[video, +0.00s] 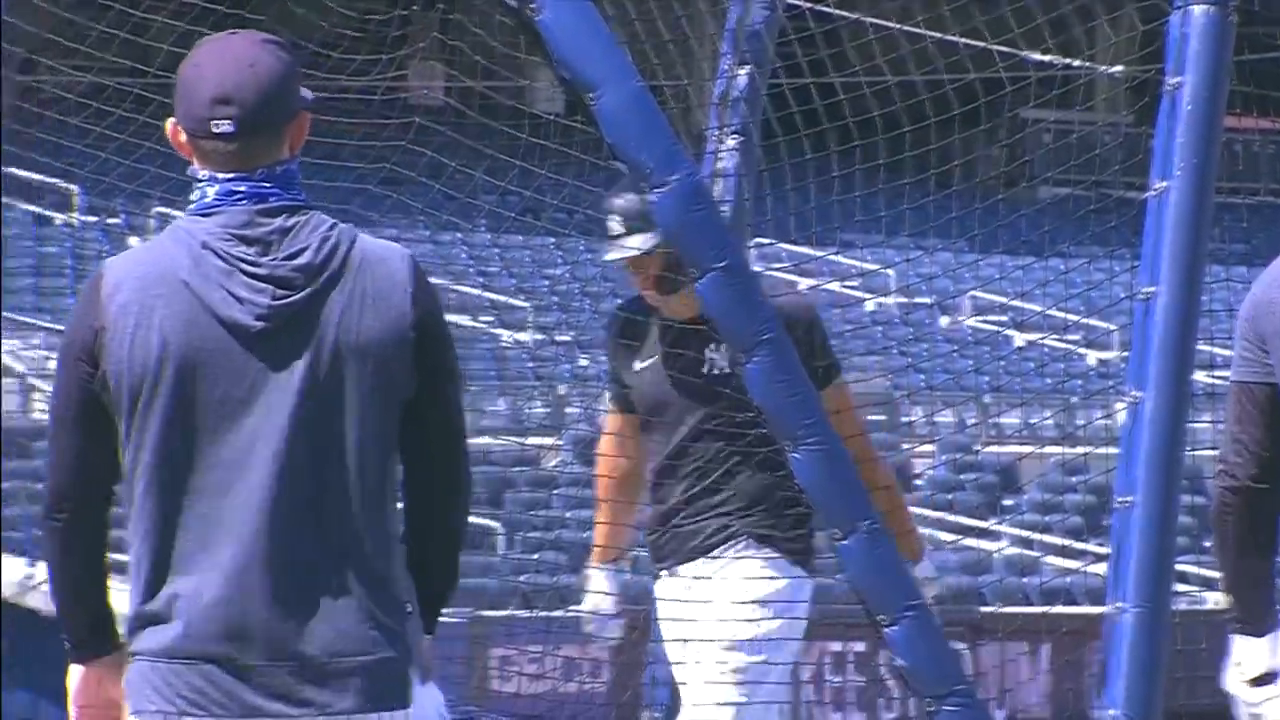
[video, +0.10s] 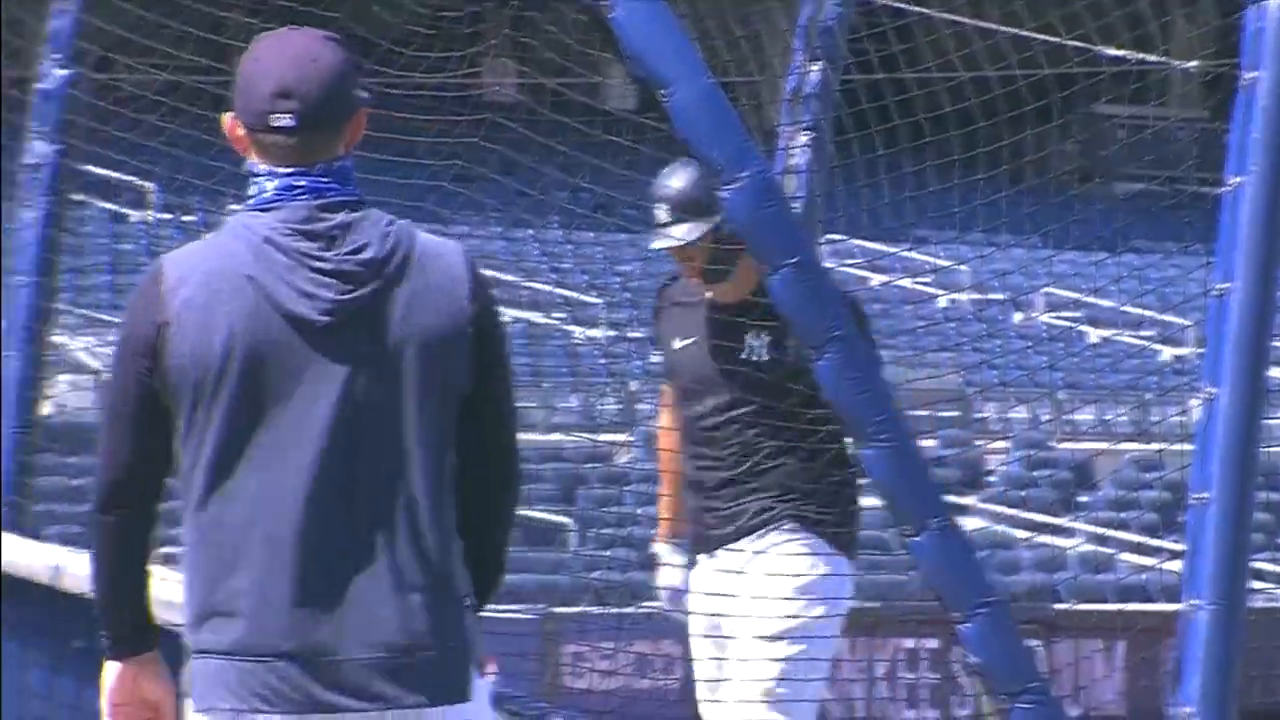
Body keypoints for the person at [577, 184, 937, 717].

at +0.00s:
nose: (645, 279)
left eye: (656, 257)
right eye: (631, 262)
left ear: (696, 243)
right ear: (619, 261)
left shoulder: (778, 315)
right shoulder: (634, 327)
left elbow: (847, 436)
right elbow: (621, 445)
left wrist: (905, 548)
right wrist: (603, 567)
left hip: (761, 557)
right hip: (678, 567)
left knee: (726, 706)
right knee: (721, 707)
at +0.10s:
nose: (690, 266)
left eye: (702, 249)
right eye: (677, 253)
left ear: (745, 233)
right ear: (667, 244)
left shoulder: (811, 304)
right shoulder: (675, 303)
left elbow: (868, 413)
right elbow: (675, 418)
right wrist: (670, 537)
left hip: (796, 542)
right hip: (712, 551)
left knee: (766, 705)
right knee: (721, 706)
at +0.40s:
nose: (696, 229)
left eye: (707, 210)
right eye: (686, 215)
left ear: (754, 196)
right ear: (680, 210)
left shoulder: (828, 279)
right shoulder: (700, 283)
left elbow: (857, 431)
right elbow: (690, 408)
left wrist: (851, 567)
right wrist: (635, 506)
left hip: (798, 545)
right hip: (698, 544)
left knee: (797, 706)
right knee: (642, 704)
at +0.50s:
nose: (668, 226)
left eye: (682, 207)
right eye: (655, 211)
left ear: (726, 195)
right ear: (645, 209)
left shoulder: (807, 279)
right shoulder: (665, 292)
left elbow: (826, 431)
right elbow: (648, 415)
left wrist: (791, 550)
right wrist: (575, 463)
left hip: (779, 547)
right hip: (675, 552)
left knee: (783, 708)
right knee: (617, 708)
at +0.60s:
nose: (628, 232)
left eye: (642, 212)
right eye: (616, 217)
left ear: (685, 197)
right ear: (605, 215)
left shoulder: (768, 281)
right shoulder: (624, 298)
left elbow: (791, 425)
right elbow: (599, 418)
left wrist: (739, 531)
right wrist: (533, 411)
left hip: (748, 559)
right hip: (642, 567)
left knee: (771, 710)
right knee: (610, 712)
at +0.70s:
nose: (575, 228)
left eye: (585, 207)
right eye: (566, 213)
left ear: (630, 195)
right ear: (559, 212)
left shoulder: (725, 278)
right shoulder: (578, 300)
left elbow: (753, 422)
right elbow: (531, 426)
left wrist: (692, 521)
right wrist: (478, 350)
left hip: (706, 567)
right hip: (596, 567)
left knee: (719, 709)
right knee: (572, 712)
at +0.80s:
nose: (544, 229)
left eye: (555, 210)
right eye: (528, 216)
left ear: (592, 187)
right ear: (515, 211)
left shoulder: (687, 269)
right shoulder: (535, 288)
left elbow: (717, 411)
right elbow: (462, 404)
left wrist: (651, 518)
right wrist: (446, 287)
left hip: (654, 572)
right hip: (545, 567)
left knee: (660, 709)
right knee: (530, 713)